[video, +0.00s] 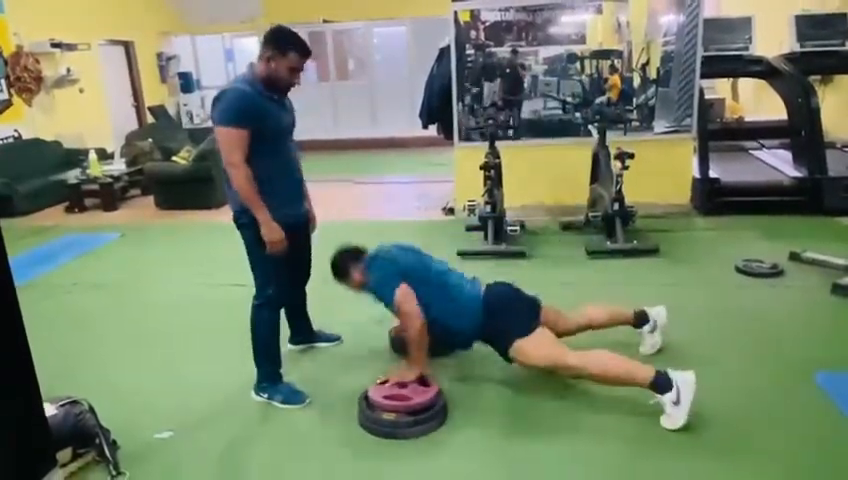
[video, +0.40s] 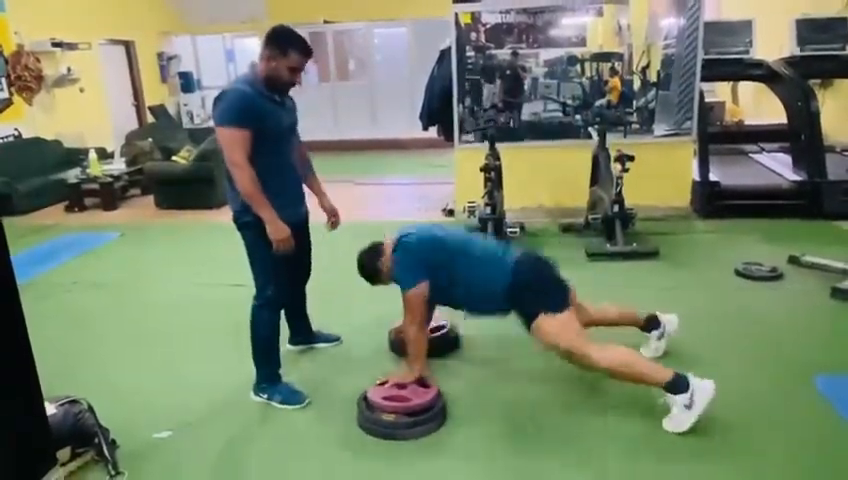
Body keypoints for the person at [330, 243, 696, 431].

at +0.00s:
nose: (356, 286)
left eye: (352, 282)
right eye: (353, 282)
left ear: (354, 274)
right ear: (362, 257)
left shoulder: (380, 272)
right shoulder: (391, 253)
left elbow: (414, 317)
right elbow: (426, 300)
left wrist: (416, 369)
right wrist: (416, 340)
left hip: (492, 321)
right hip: (497, 296)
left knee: (566, 362)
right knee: (568, 322)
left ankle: (666, 384)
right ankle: (646, 316)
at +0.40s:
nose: (392, 282)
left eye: (386, 279)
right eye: (387, 278)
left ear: (384, 265)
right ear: (387, 249)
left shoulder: (408, 257)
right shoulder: (415, 241)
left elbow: (416, 322)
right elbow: (423, 300)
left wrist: (414, 369)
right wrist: (412, 336)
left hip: (522, 284)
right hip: (524, 269)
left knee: (579, 352)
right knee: (583, 315)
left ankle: (683, 387)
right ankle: (655, 323)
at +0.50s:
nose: (412, 290)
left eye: (407, 289)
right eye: (408, 288)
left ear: (408, 277)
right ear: (407, 262)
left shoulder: (427, 258)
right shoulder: (428, 244)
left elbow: (425, 327)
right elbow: (435, 297)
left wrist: (414, 374)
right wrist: (423, 324)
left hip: (547, 252)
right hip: (545, 242)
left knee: (558, 345)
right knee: (565, 309)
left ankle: (654, 374)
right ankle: (631, 321)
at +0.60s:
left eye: (435, 293)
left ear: (435, 285)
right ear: (431, 264)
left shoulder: (453, 266)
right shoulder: (448, 253)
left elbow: (441, 329)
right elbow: (442, 297)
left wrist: (415, 370)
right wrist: (423, 323)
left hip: (571, 249)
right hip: (556, 238)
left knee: (531, 328)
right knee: (534, 298)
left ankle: (601, 378)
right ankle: (593, 336)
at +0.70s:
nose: (451, 299)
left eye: (450, 295)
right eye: (449, 296)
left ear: (455, 289)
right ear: (454, 266)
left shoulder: (479, 278)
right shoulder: (473, 259)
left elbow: (452, 339)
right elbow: (460, 303)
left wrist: (413, 373)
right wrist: (422, 322)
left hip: (595, 281)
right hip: (584, 262)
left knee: (530, 329)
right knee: (533, 307)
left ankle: (595, 378)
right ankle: (586, 347)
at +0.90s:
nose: (473, 274)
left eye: (471, 269)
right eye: (470, 270)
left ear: (479, 261)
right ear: (483, 250)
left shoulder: (503, 271)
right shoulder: (502, 248)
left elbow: (467, 338)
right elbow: (480, 295)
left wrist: (421, 372)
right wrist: (446, 324)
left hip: (619, 296)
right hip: (612, 280)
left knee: (545, 324)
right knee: (547, 307)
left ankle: (598, 382)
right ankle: (588, 354)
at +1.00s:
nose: (479, 246)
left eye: (475, 241)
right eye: (475, 243)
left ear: (482, 231)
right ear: (487, 218)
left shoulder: (508, 235)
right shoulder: (507, 222)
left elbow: (502, 309)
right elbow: (502, 287)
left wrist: (466, 355)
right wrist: (474, 321)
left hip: (618, 270)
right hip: (609, 256)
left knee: (546, 314)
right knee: (538, 288)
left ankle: (595, 382)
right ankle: (587, 353)